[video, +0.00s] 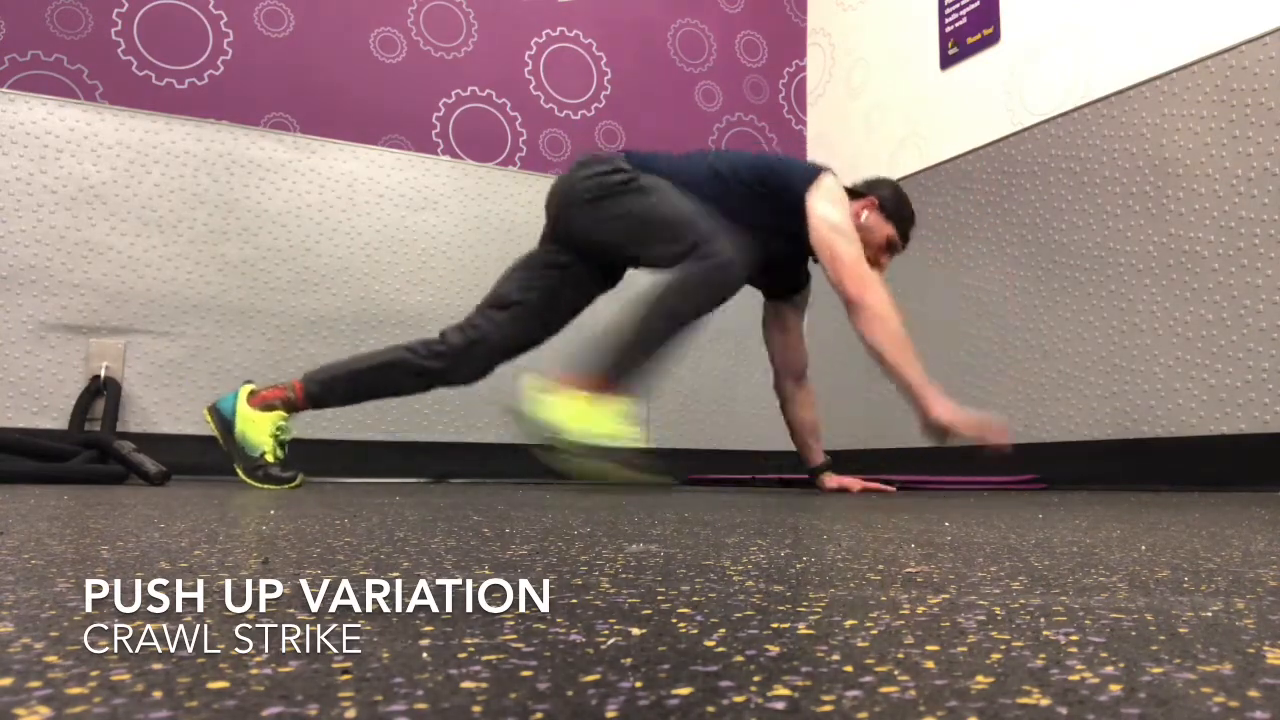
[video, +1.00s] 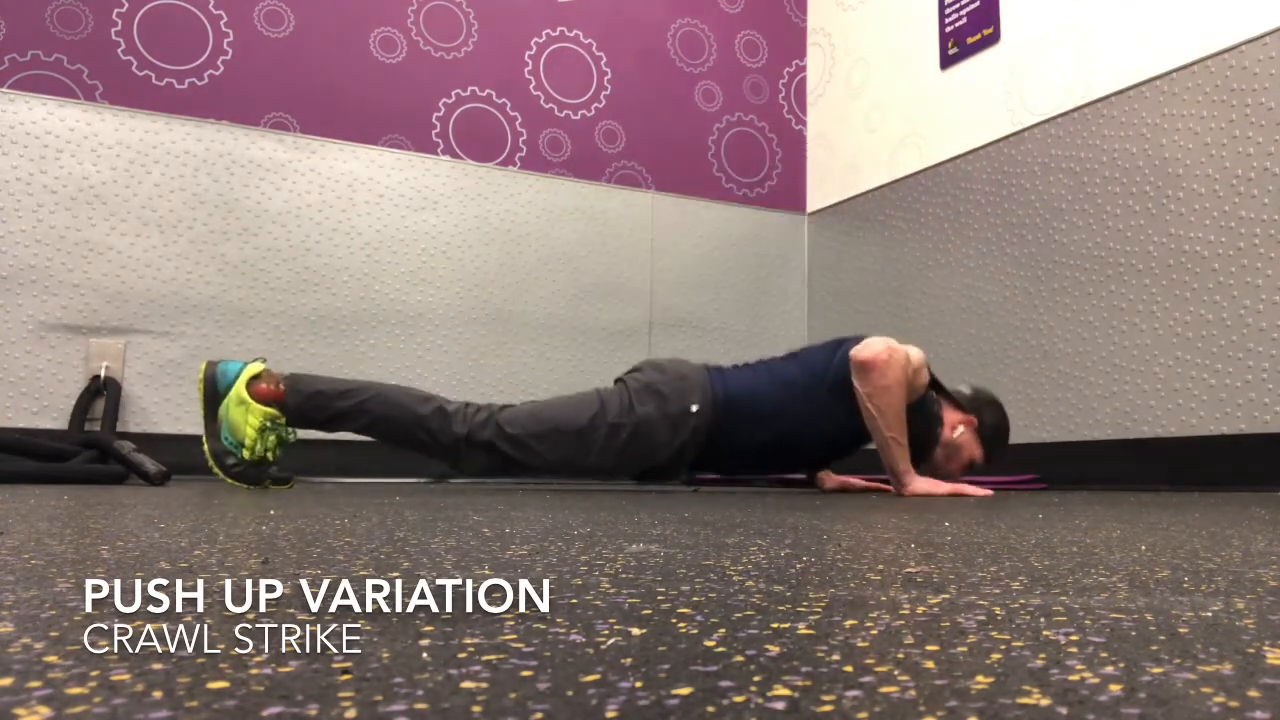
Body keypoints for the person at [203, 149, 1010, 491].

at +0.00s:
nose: (876, 262)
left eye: (883, 256)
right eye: (881, 243)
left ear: (861, 237)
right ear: (861, 204)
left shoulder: (781, 263)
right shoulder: (815, 189)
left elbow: (790, 372)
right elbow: (870, 296)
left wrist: (819, 468)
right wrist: (934, 403)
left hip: (601, 231)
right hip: (605, 181)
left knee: (471, 349)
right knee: (720, 252)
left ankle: (267, 405)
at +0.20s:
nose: (890, 319)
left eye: (904, 312)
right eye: (901, 303)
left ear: (883, 272)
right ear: (898, 262)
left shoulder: (819, 268)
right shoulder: (858, 244)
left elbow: (784, 382)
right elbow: (866, 344)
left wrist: (817, 468)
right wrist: (906, 475)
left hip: (628, 240)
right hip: (634, 227)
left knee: (481, 345)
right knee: (506, 366)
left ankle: (283, 373)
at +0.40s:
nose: (918, 378)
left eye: (930, 378)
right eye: (931, 366)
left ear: (919, 352)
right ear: (926, 325)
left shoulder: (840, 326)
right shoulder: (879, 286)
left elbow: (781, 398)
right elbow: (860, 362)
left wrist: (815, 470)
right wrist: (907, 475)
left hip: (658, 335)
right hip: (654, 314)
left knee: (467, 384)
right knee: (465, 384)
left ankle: (259, 388)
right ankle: (253, 387)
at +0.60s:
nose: (938, 427)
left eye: (951, 430)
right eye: (950, 415)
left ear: (942, 414)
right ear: (943, 377)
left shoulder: (861, 367)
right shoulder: (902, 337)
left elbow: (775, 414)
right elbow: (870, 359)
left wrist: (810, 464)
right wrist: (908, 477)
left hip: (672, 389)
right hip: (671, 373)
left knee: (475, 415)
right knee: (473, 411)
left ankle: (270, 396)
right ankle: (262, 387)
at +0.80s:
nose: (949, 455)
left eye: (960, 457)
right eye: (958, 443)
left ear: (951, 435)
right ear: (951, 408)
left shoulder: (868, 408)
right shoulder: (902, 369)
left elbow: (760, 458)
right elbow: (880, 364)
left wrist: (824, 476)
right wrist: (908, 475)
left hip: (678, 432)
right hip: (676, 404)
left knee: (480, 436)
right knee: (480, 431)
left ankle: (272, 424)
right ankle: (267, 392)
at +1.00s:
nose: (955, 455)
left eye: (964, 456)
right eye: (962, 442)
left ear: (952, 433)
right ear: (953, 410)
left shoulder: (874, 413)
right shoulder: (903, 371)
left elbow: (802, 465)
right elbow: (881, 365)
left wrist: (847, 476)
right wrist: (909, 476)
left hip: (679, 430)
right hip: (678, 405)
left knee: (481, 440)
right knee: (481, 435)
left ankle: (273, 426)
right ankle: (269, 392)